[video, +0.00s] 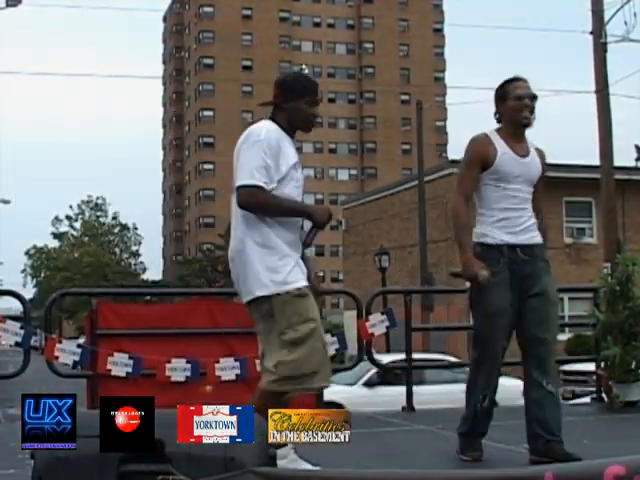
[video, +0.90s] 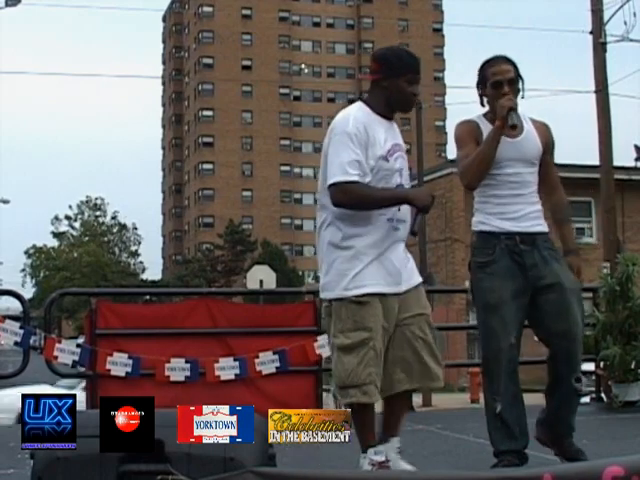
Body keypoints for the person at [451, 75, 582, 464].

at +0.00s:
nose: (528, 104)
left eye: (531, 98)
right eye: (519, 99)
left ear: (535, 106)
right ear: (500, 107)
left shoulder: (536, 157)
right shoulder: (483, 145)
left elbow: (536, 209)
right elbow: (462, 200)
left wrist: (544, 252)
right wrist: (467, 256)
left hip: (533, 257)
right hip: (492, 257)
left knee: (542, 352)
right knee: (490, 353)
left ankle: (545, 443)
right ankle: (471, 438)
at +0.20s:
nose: (535, 101)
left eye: (541, 95)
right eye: (527, 95)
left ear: (550, 102)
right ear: (513, 102)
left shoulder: (559, 151)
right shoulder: (493, 141)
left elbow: (573, 208)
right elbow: (467, 192)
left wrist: (582, 265)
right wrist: (482, 218)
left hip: (547, 257)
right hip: (504, 254)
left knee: (548, 349)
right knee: (502, 338)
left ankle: (545, 442)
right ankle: (486, 421)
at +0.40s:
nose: (532, 100)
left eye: (539, 93)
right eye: (525, 94)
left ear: (550, 99)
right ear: (513, 100)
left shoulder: (569, 143)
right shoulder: (497, 137)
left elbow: (594, 197)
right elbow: (471, 190)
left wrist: (612, 247)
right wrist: (502, 164)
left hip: (549, 254)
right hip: (503, 252)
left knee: (549, 349)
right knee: (502, 347)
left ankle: (547, 442)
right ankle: (505, 447)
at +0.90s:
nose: (506, 90)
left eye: (511, 83)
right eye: (497, 85)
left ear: (520, 86)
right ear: (481, 92)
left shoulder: (540, 131)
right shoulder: (470, 129)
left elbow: (553, 192)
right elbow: (469, 179)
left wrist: (570, 250)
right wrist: (497, 129)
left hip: (541, 249)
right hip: (493, 251)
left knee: (570, 337)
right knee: (500, 350)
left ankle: (556, 427)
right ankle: (509, 449)